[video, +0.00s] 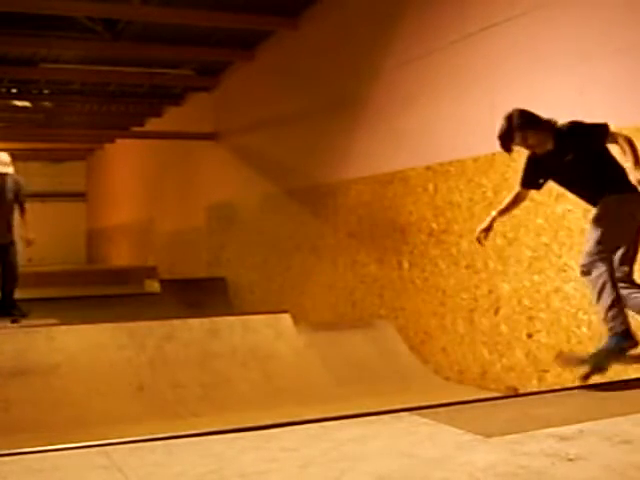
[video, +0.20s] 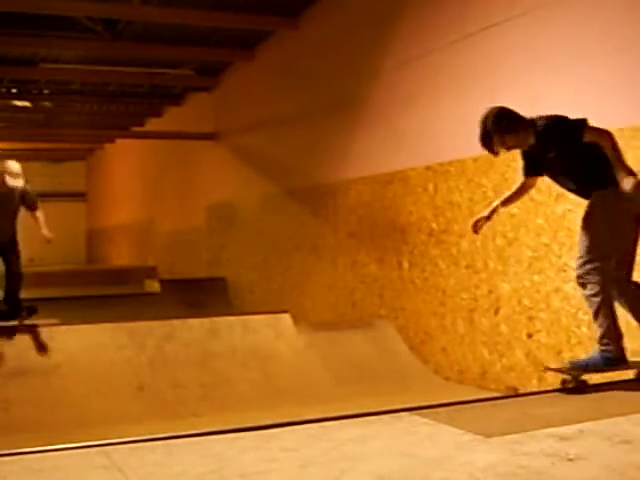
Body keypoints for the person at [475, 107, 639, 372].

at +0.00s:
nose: (527, 148)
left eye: (525, 140)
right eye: (521, 145)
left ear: (533, 127)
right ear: (521, 143)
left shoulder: (573, 132)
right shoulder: (538, 161)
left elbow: (621, 139)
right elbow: (521, 194)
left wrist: (635, 169)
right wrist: (492, 219)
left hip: (620, 201)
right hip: (623, 205)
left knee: (593, 264)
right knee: (619, 280)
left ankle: (619, 334)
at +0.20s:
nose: (506, 149)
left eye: (502, 143)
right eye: (501, 146)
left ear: (509, 130)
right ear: (507, 132)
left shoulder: (551, 128)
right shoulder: (531, 151)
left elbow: (603, 137)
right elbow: (527, 184)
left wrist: (622, 172)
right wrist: (493, 209)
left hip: (610, 196)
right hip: (618, 196)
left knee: (589, 274)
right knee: (617, 279)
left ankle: (610, 350)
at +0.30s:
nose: (498, 145)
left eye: (495, 139)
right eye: (493, 143)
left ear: (501, 125)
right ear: (502, 125)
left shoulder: (539, 121)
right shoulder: (527, 141)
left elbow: (587, 138)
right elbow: (528, 171)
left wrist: (592, 181)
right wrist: (503, 200)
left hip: (604, 190)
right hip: (620, 188)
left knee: (581, 273)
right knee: (610, 275)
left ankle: (596, 353)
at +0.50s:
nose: (480, 135)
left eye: (475, 130)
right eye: (474, 133)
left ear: (479, 115)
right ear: (484, 107)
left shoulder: (516, 116)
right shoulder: (514, 118)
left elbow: (553, 139)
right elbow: (533, 147)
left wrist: (543, 196)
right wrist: (520, 177)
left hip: (581, 187)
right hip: (600, 183)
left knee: (554, 271)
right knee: (587, 273)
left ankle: (579, 352)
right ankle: (637, 337)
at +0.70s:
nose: (457, 147)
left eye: (451, 143)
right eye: (450, 146)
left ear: (453, 127)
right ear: (457, 115)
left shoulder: (488, 121)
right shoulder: (492, 116)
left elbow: (523, 146)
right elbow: (539, 138)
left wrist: (511, 207)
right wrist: (537, 181)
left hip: (568, 181)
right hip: (590, 171)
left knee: (552, 269)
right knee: (592, 265)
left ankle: (577, 351)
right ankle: (635, 332)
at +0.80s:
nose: (449, 155)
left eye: (443, 151)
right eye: (443, 154)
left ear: (446, 135)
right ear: (450, 125)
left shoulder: (481, 130)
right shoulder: (485, 123)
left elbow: (510, 160)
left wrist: (493, 222)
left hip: (561, 179)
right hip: (584, 169)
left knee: (551, 269)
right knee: (589, 260)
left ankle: (577, 350)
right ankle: (636, 320)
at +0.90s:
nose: (442, 162)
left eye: (436, 157)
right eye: (435, 160)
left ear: (440, 140)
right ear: (441, 132)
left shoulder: (471, 137)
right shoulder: (476, 128)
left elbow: (497, 177)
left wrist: (479, 236)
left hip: (555, 180)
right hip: (576, 167)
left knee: (548, 268)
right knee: (578, 252)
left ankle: (577, 349)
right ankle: (635, 305)